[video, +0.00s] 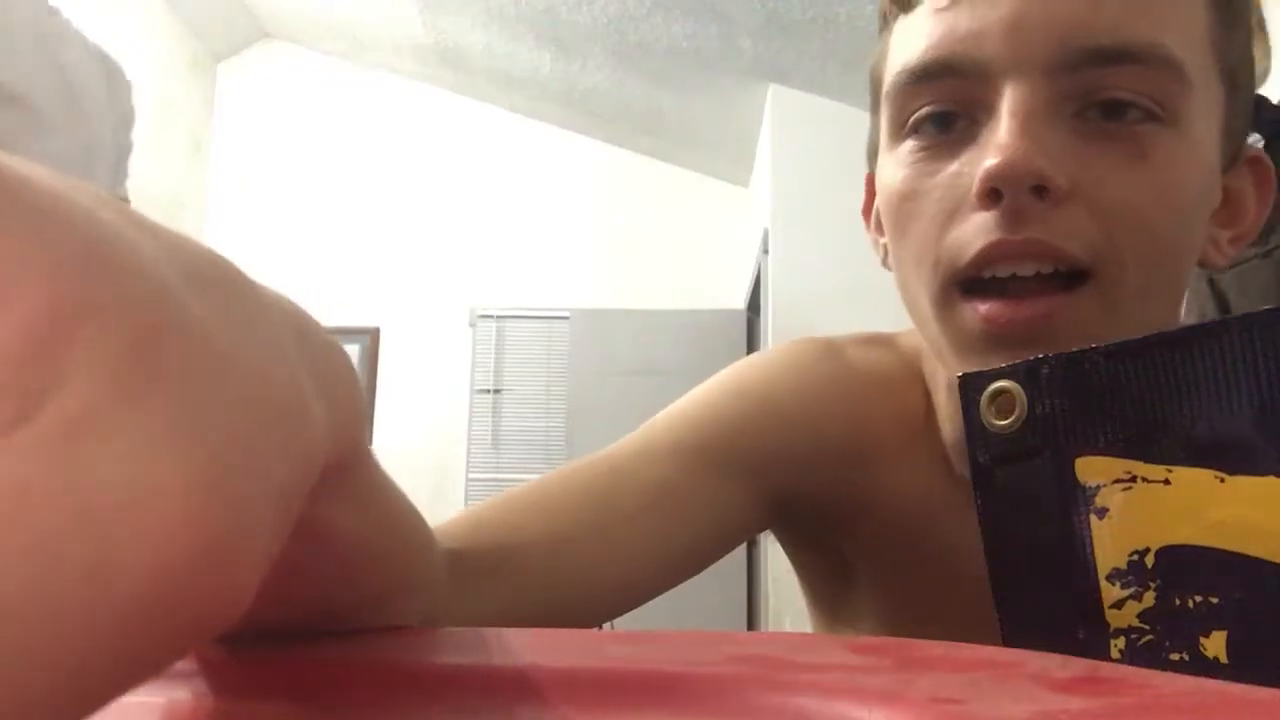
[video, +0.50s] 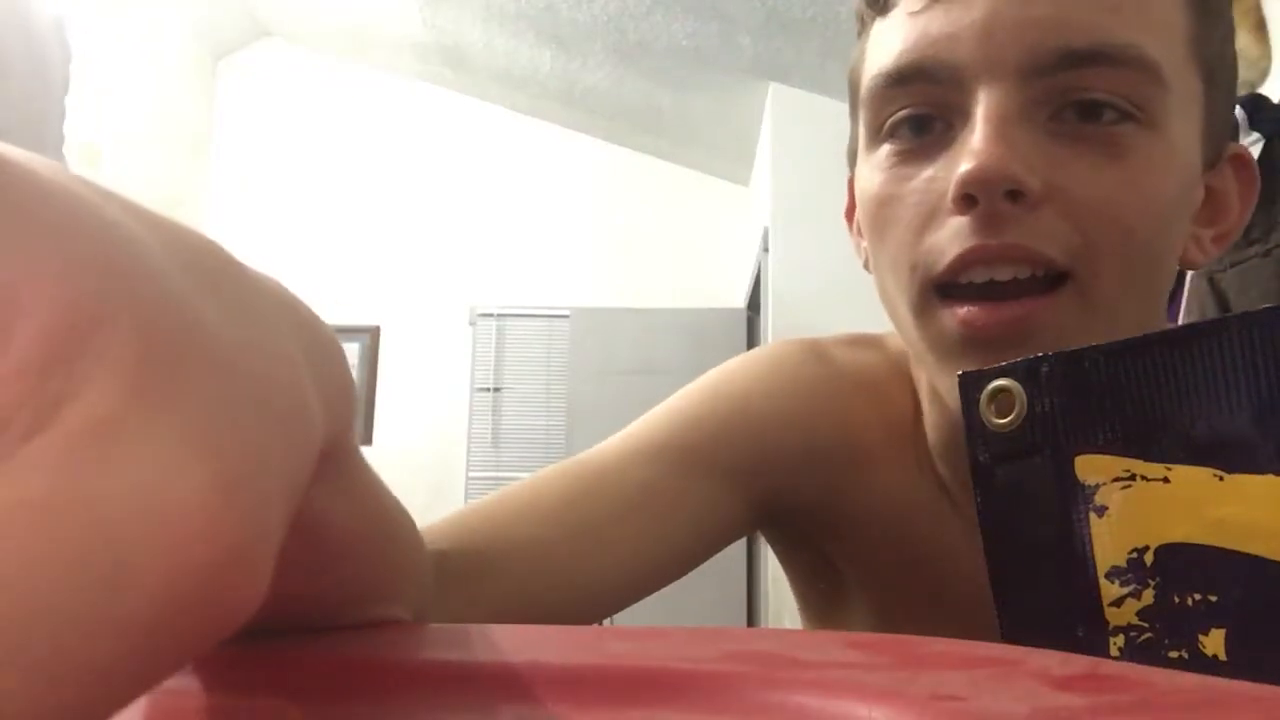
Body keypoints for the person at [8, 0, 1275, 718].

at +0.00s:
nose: (1011, 172)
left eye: (1114, 109)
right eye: (946, 119)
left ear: (1236, 205)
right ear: (882, 204)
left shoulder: (1269, 435)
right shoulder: (827, 417)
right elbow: (450, 580)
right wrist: (266, 431)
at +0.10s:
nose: (994, 165)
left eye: (1098, 102)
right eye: (930, 115)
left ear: (1221, 202)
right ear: (869, 201)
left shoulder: (1259, 434)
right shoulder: (815, 417)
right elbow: (439, 581)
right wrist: (257, 427)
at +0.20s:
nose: (983, 168)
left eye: (1087, 105)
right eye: (920, 118)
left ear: (1212, 201)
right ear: (862, 201)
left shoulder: (1253, 432)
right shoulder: (816, 416)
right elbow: (439, 584)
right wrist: (260, 435)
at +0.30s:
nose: (977, 174)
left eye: (1082, 110)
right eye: (914, 121)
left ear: (1210, 203)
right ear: (855, 203)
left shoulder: (1258, 433)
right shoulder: (816, 419)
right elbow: (434, 581)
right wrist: (256, 438)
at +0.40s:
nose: (983, 174)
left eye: (1088, 110)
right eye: (918, 122)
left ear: (1213, 206)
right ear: (858, 204)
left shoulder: (1255, 435)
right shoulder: (811, 418)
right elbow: (422, 587)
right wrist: (256, 415)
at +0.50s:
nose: (986, 174)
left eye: (1092, 110)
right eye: (921, 121)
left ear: (1217, 205)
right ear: (860, 203)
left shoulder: (1257, 439)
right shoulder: (810, 419)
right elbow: (427, 584)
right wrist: (254, 435)